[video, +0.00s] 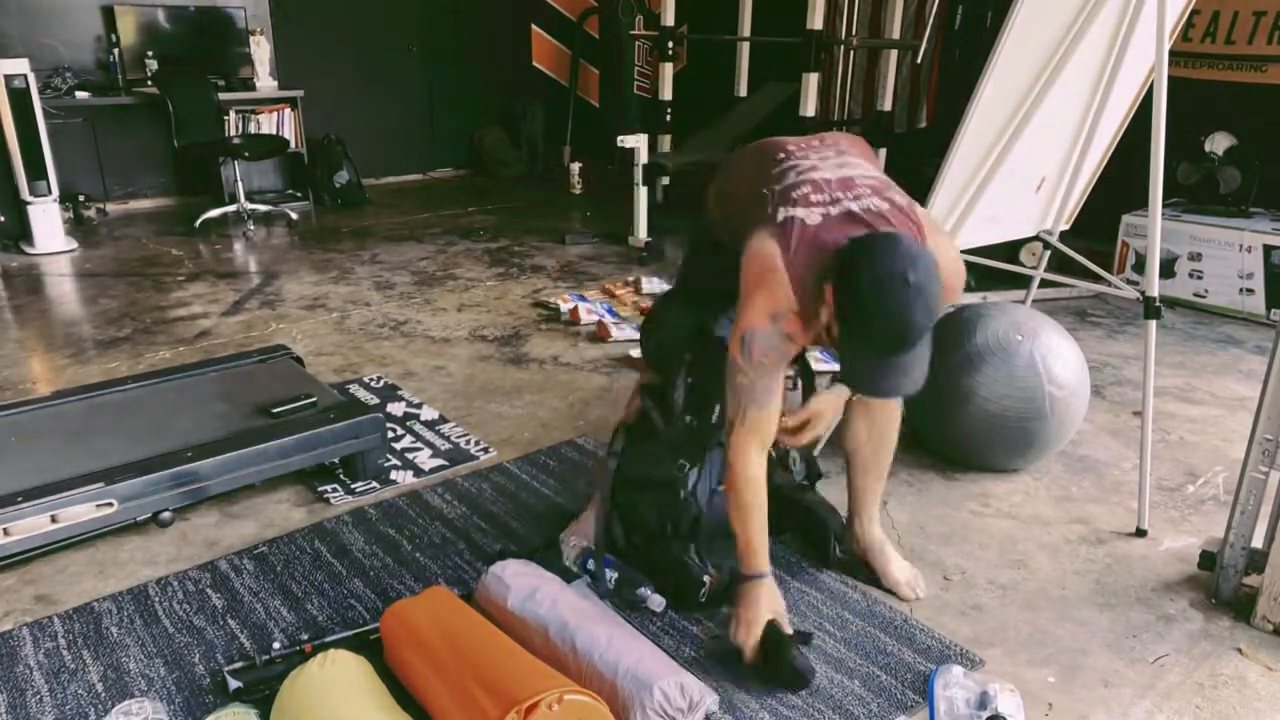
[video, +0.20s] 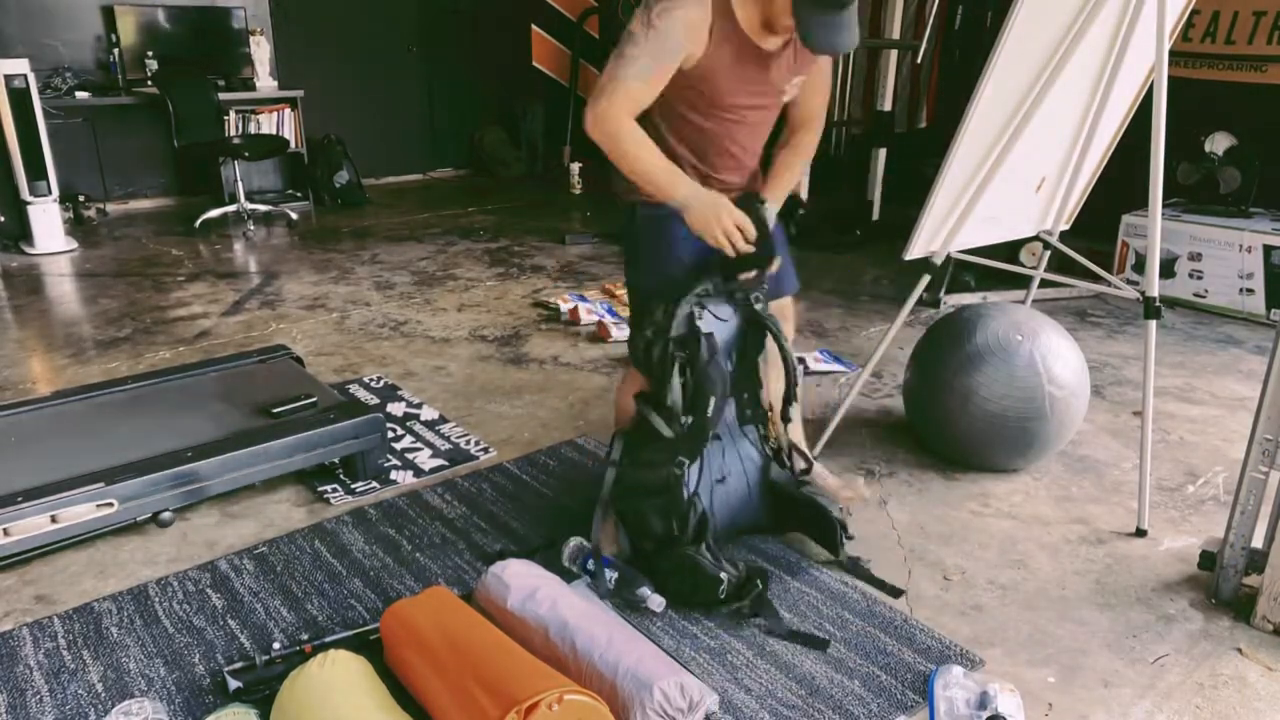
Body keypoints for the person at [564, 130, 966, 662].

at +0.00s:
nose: (848, 356)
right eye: (845, 343)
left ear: (921, 309)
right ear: (830, 301)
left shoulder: (946, 271)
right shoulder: (776, 273)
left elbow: (895, 326)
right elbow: (749, 441)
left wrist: (841, 393)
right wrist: (755, 576)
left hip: (848, 162)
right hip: (742, 188)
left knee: (888, 370)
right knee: (669, 367)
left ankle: (867, 526)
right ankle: (605, 505)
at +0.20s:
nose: (809, 40)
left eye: (819, 33)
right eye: (805, 24)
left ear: (829, 14)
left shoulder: (816, 42)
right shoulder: (686, 15)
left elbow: (803, 133)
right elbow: (606, 115)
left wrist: (768, 205)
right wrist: (692, 198)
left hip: (749, 206)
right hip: (664, 207)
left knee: (777, 331)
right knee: (655, 366)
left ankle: (787, 455)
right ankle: (621, 497)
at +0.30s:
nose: (852, 76)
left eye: (869, 63)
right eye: (844, 61)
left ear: (892, 32)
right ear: (815, 24)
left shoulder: (877, 40)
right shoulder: (764, 44)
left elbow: (889, 136)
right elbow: (700, 174)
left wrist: (848, 215)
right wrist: (760, 256)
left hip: (776, 201)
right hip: (691, 202)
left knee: (784, 348)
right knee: (662, 359)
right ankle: (626, 509)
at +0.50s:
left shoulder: (866, 3)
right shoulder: (695, 5)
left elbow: (875, 92)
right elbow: (666, 99)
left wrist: (820, 158)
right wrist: (748, 158)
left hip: (818, 212)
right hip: (719, 208)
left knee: (814, 366)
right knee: (713, 365)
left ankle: (823, 487)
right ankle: (704, 492)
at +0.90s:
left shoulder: (855, 2)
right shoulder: (694, 5)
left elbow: (880, 80)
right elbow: (664, 92)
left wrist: (818, 129)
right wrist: (750, 137)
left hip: (810, 210)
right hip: (713, 206)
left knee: (809, 370)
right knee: (704, 367)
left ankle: (825, 488)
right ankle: (688, 492)